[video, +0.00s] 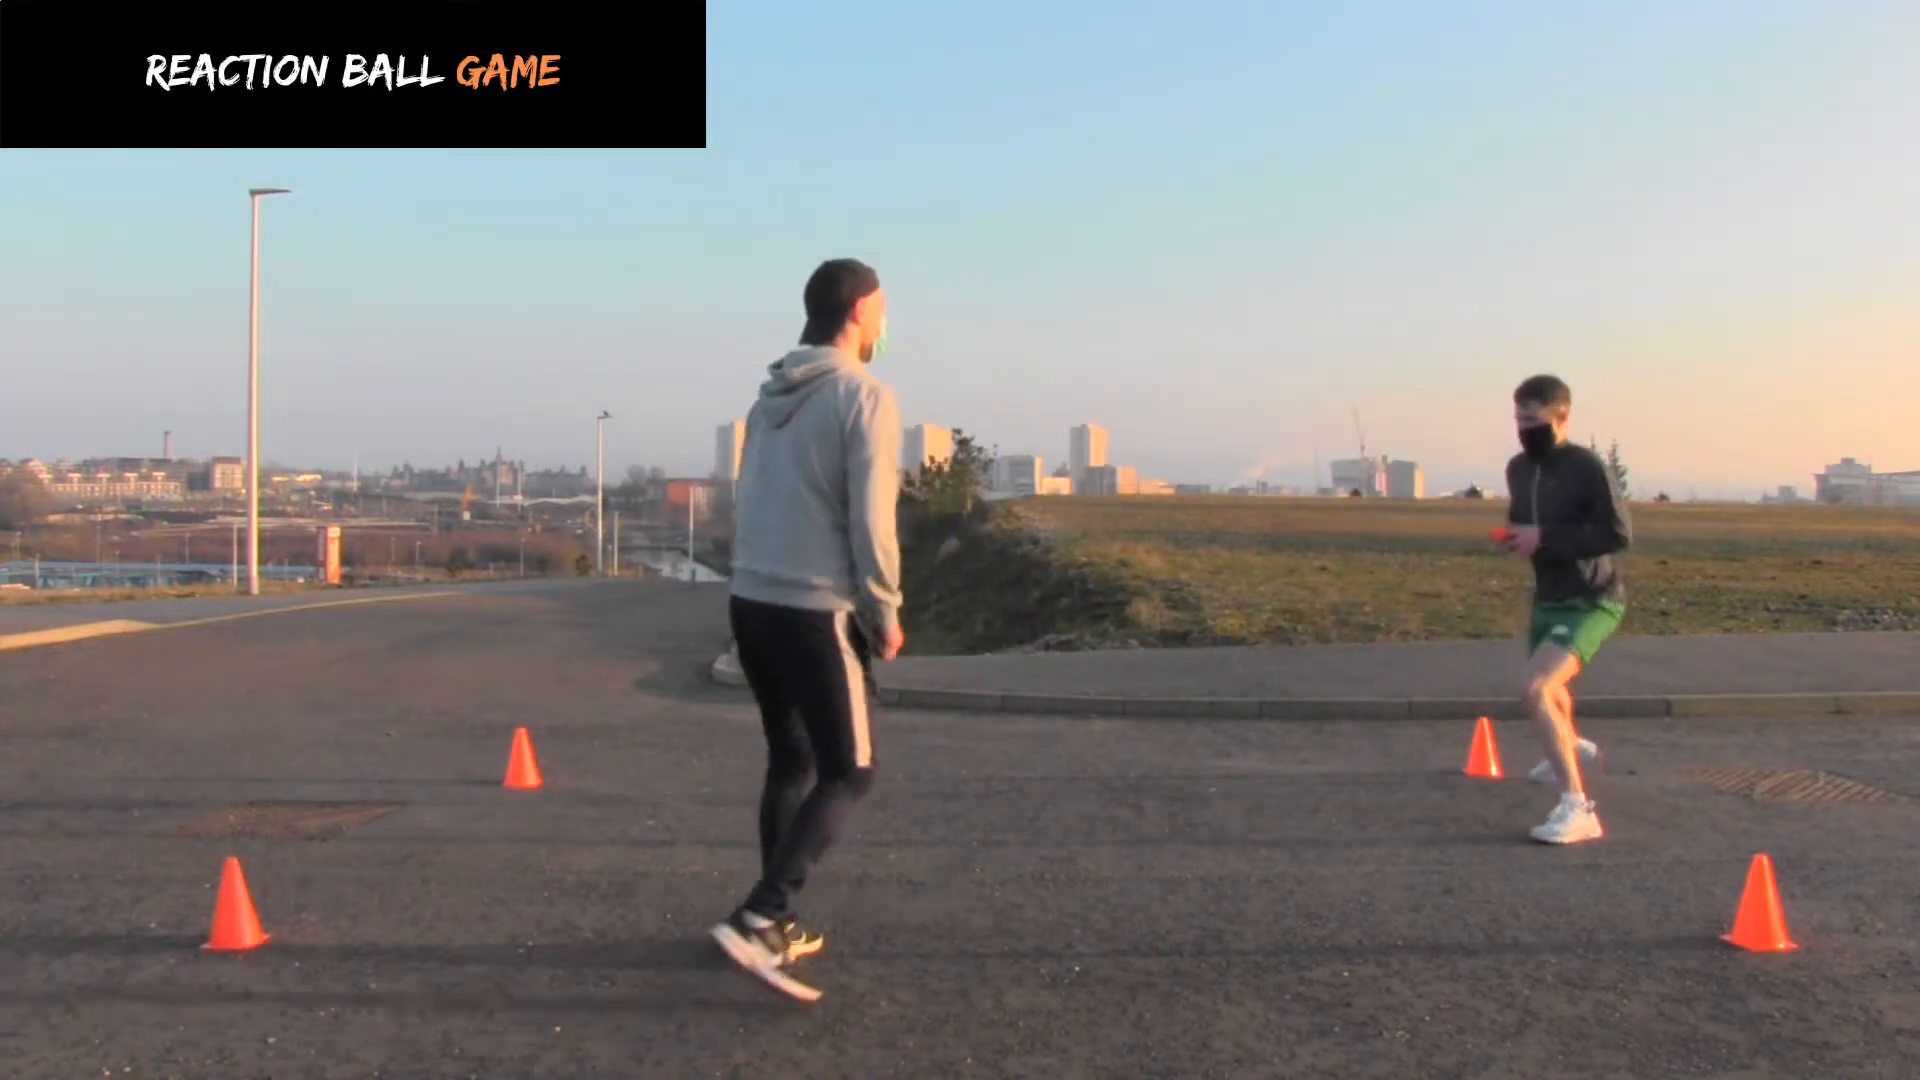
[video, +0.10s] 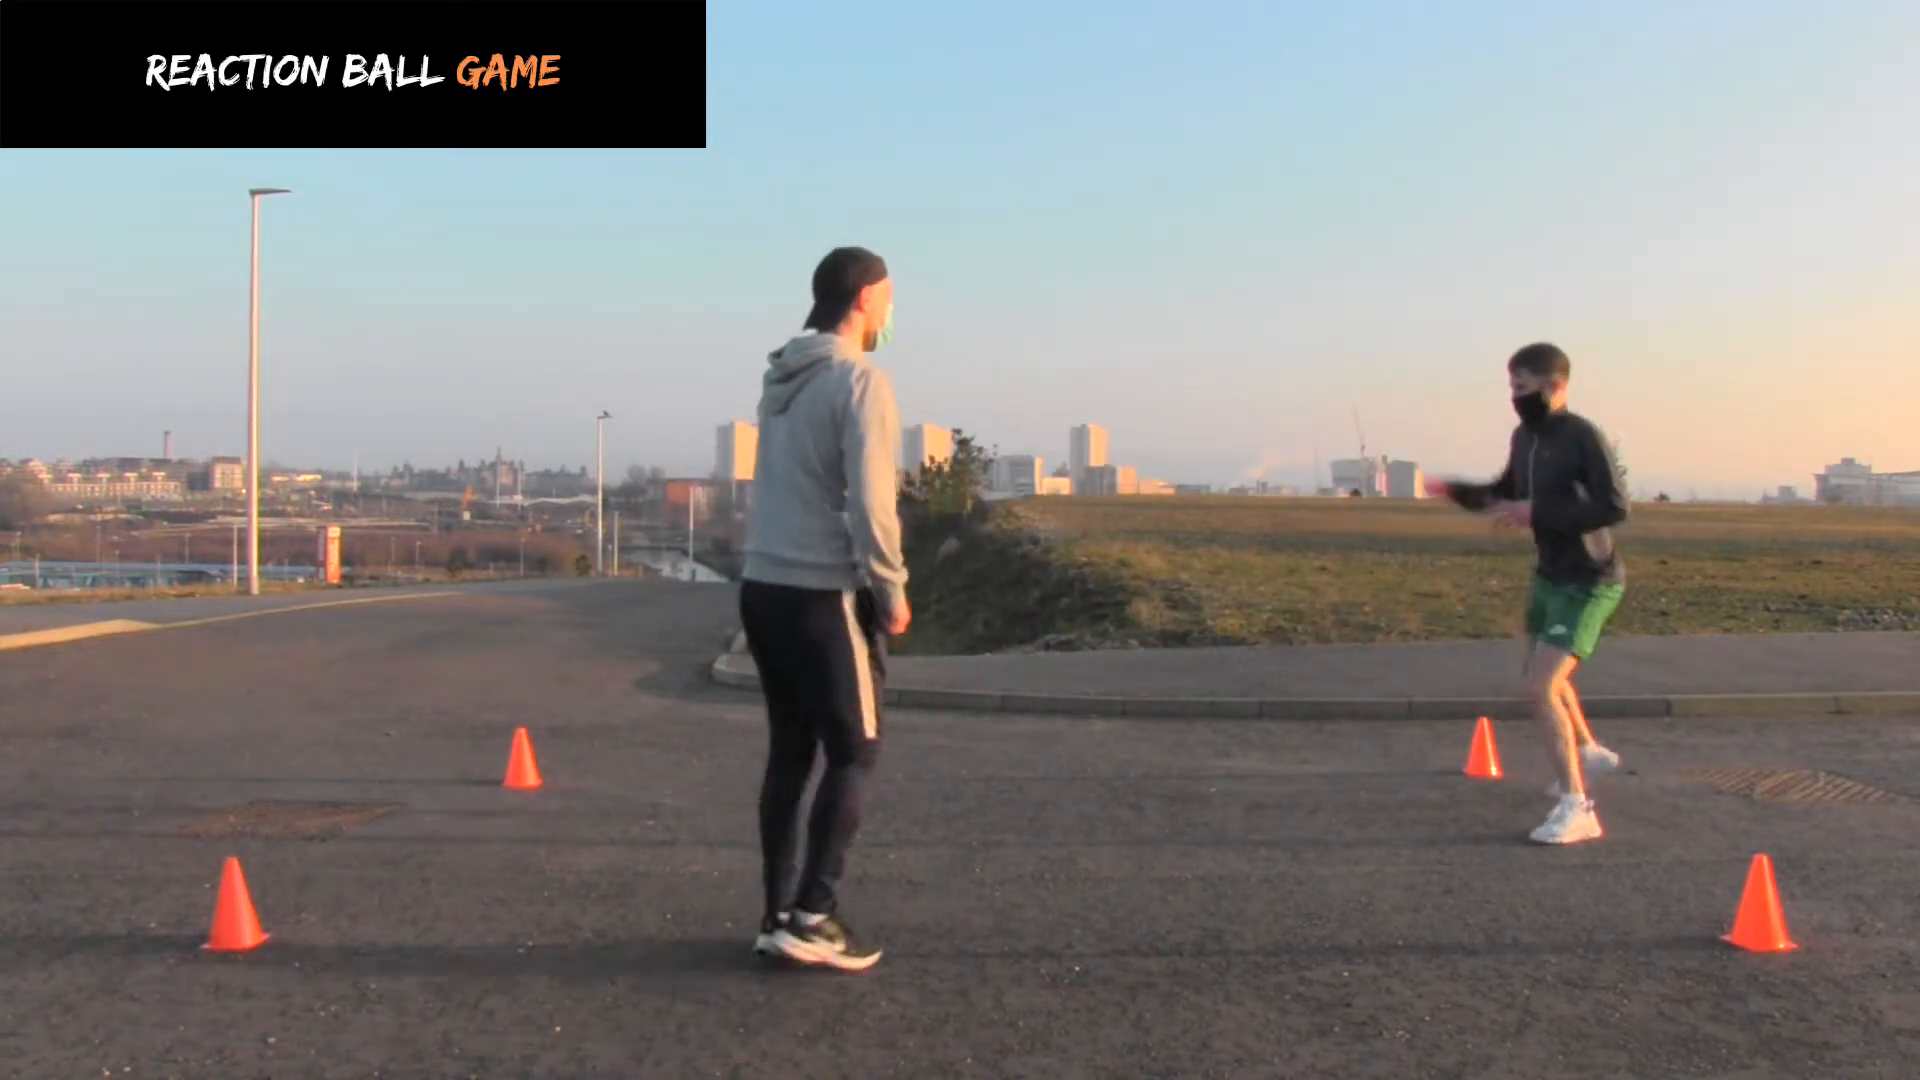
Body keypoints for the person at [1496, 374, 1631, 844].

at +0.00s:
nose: (1526, 431)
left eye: (1536, 422)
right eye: (1521, 421)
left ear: (1563, 417)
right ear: (1516, 418)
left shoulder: (1588, 466)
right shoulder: (1519, 470)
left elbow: (1617, 533)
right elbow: (1525, 524)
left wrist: (1545, 537)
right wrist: (1512, 535)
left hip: (1595, 598)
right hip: (1549, 598)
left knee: (1538, 687)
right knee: (1550, 694)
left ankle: (1577, 804)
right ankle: (1568, 751)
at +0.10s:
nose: (1515, 395)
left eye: (1524, 387)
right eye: (1512, 386)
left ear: (1558, 384)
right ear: (1513, 385)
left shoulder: (1584, 436)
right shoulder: (1526, 437)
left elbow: (1613, 508)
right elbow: (1509, 492)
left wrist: (1538, 514)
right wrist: (1456, 493)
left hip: (1592, 579)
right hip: (1552, 574)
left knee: (1543, 685)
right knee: (1544, 677)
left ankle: (1577, 804)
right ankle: (1591, 751)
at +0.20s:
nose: (1511, 373)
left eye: (1520, 363)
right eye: (1509, 364)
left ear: (1554, 363)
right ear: (1516, 364)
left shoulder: (1580, 416)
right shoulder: (1523, 415)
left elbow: (1613, 487)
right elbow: (1481, 451)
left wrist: (1534, 498)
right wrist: (1423, 425)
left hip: (1592, 564)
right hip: (1551, 561)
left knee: (1554, 675)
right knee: (1537, 668)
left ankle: (1581, 799)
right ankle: (1598, 760)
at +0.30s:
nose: (1508, 368)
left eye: (1518, 359)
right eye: (1506, 359)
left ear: (1552, 360)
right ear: (1509, 360)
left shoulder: (1581, 418)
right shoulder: (1520, 414)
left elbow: (1619, 487)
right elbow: (1500, 462)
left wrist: (1542, 505)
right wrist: (1440, 451)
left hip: (1590, 559)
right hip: (1549, 559)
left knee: (1546, 673)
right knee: (1538, 677)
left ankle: (1598, 790)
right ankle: (1602, 778)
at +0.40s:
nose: (1504, 387)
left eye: (1514, 379)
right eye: (1504, 378)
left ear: (1548, 384)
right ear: (1521, 382)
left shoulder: (1574, 443)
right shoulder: (1518, 437)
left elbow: (1616, 512)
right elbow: (1513, 505)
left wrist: (1545, 533)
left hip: (1587, 577)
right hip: (1546, 576)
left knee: (1545, 685)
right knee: (1536, 692)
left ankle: (1596, 816)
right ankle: (1609, 789)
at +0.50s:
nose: (1490, 429)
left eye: (1502, 422)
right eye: (1490, 419)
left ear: (1534, 426)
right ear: (1490, 416)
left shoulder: (1556, 476)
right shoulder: (1499, 478)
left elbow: (1616, 533)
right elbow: (1505, 547)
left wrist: (1551, 557)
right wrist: (1476, 596)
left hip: (1584, 609)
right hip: (1540, 614)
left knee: (1541, 711)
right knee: (1538, 717)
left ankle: (1582, 838)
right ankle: (1611, 797)